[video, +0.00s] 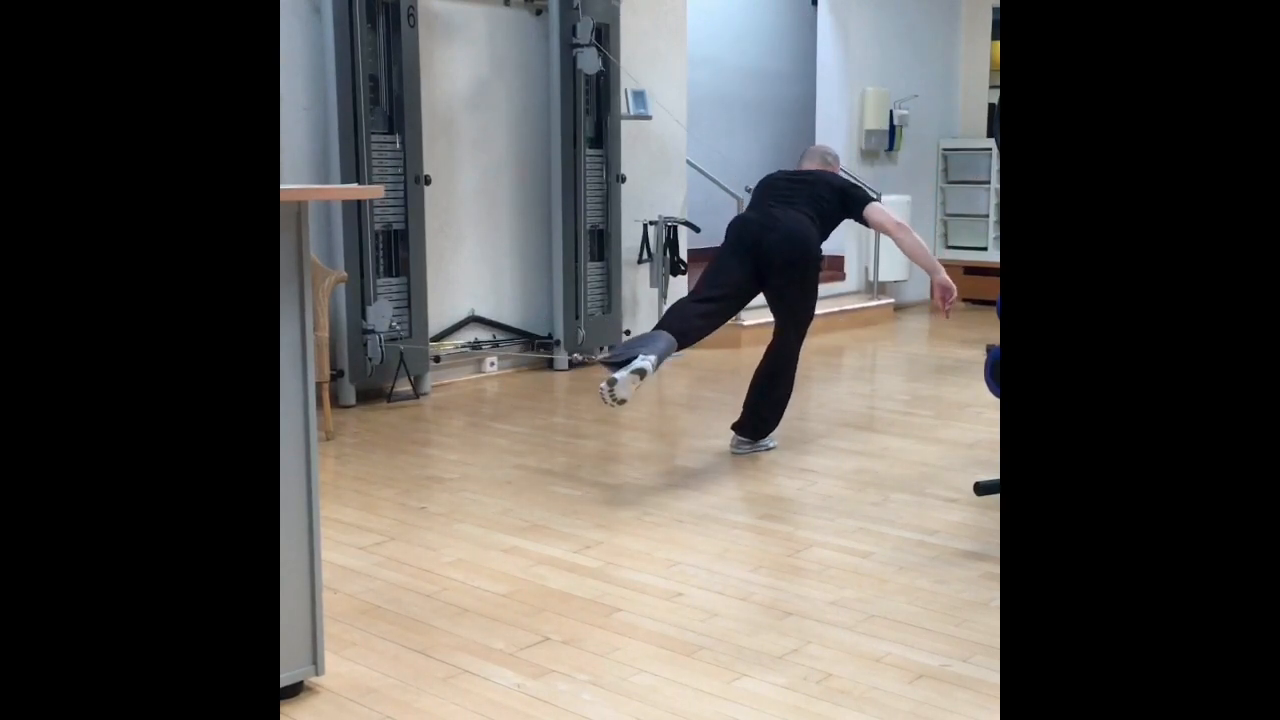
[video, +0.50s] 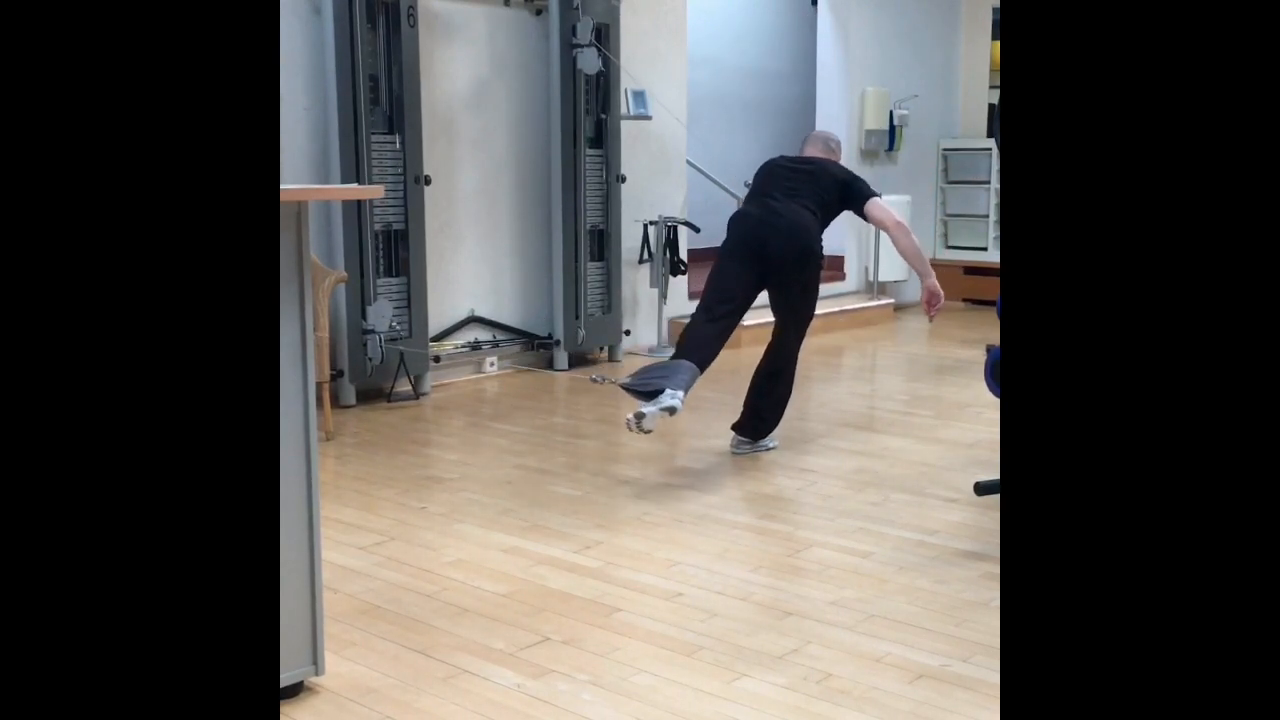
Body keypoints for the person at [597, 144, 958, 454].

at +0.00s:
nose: (840, 177)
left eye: (833, 172)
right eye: (839, 171)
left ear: (801, 165)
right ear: (835, 168)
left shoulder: (774, 179)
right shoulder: (841, 181)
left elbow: (746, 218)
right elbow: (893, 225)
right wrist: (939, 273)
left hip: (746, 233)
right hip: (796, 244)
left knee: (708, 301)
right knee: (788, 338)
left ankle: (647, 357)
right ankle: (751, 432)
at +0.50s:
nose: (838, 164)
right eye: (839, 160)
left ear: (803, 151)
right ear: (836, 158)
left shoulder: (773, 166)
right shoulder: (842, 177)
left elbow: (749, 204)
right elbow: (893, 223)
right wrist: (928, 277)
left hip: (746, 234)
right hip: (798, 246)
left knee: (714, 313)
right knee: (787, 338)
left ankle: (674, 387)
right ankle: (750, 432)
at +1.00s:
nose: (842, 136)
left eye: (840, 133)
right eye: (843, 132)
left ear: (801, 119)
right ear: (838, 128)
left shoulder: (770, 139)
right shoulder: (845, 156)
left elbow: (754, 193)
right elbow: (894, 218)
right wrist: (906, 276)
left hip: (753, 240)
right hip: (806, 249)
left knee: (728, 331)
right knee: (788, 339)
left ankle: (738, 430)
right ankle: (759, 428)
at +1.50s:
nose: (782, 95)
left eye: (781, 89)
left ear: (782, 88)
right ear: (822, 100)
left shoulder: (754, 114)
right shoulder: (837, 141)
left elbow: (735, 156)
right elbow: (855, 222)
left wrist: (776, 145)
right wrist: (825, 251)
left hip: (757, 245)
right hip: (808, 256)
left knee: (715, 343)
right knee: (781, 348)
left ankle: (758, 445)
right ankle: (753, 439)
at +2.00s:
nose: (723, 86)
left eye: (724, 78)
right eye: (724, 78)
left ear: (737, 76)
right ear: (768, 78)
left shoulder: (730, 115)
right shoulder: (798, 121)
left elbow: (669, 148)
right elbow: (803, 200)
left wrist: (671, 123)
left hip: (789, 251)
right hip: (819, 249)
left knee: (722, 347)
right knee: (780, 342)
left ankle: (761, 461)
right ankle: (786, 429)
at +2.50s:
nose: (697, 85)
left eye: (705, 75)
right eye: (697, 75)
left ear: (736, 77)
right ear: (734, 78)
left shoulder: (748, 125)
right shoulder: (755, 123)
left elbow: (663, 163)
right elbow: (731, 194)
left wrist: (610, 135)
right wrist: (685, 232)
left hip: (792, 260)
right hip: (777, 258)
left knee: (742, 344)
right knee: (771, 345)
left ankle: (747, 465)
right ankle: (789, 432)